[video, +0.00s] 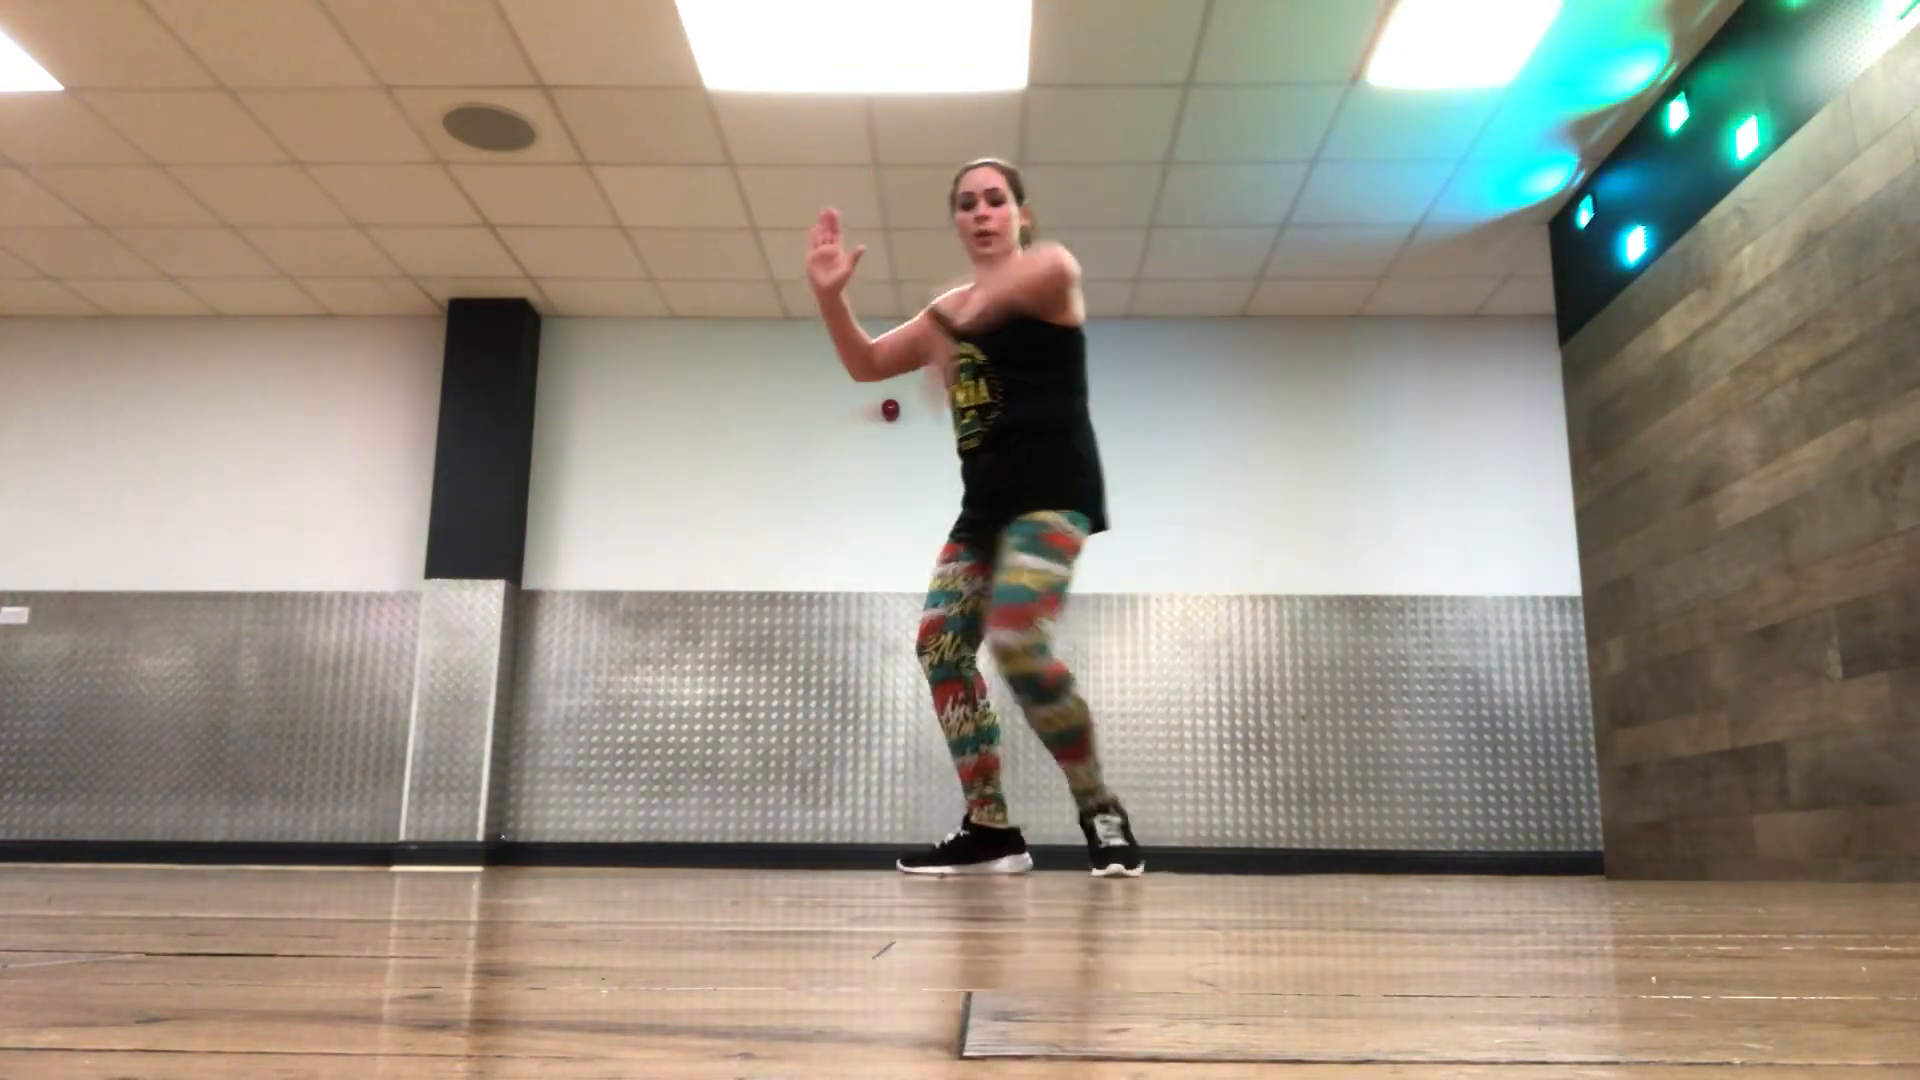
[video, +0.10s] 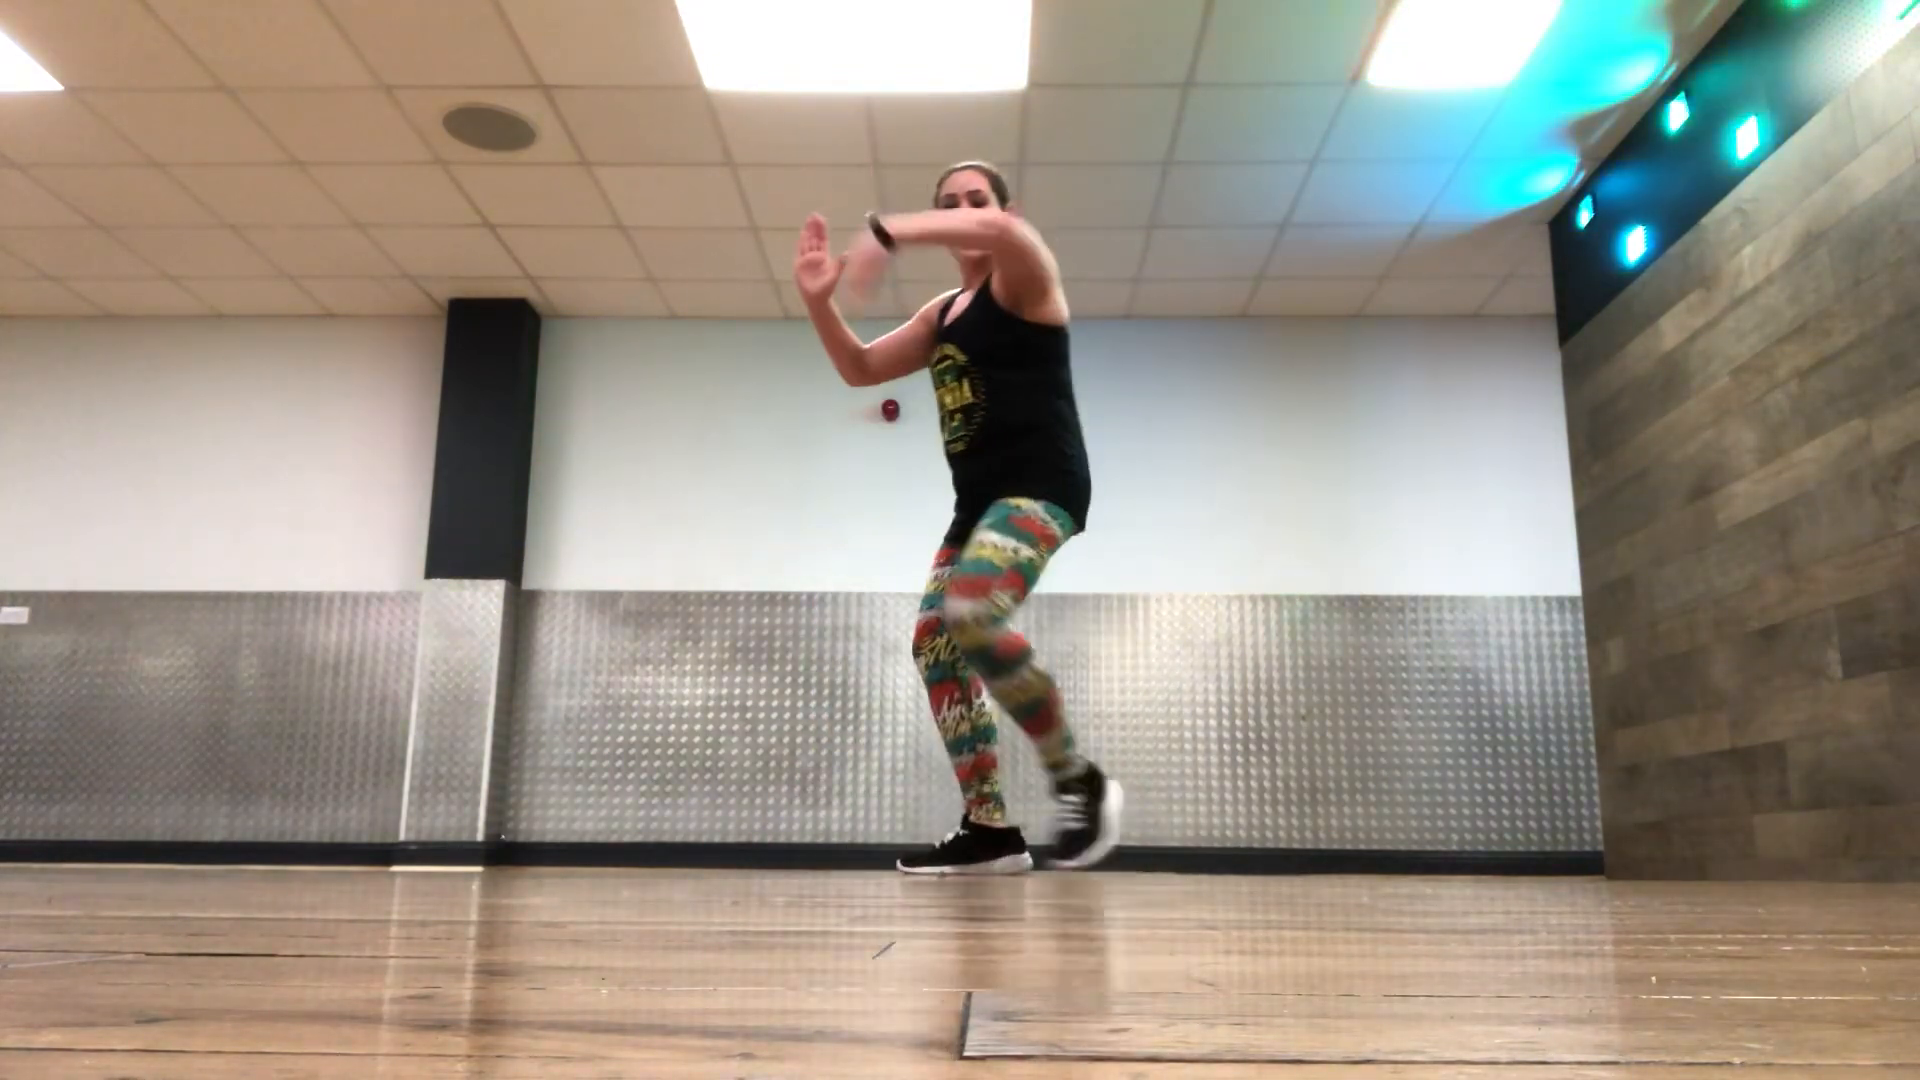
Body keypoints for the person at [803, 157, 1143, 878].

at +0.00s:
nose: (981, 211)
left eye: (995, 199)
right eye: (968, 204)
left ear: (1022, 214)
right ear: (954, 223)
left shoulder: (1050, 266)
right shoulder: (949, 307)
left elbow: (1000, 295)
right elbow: (867, 362)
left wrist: (954, 316)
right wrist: (830, 296)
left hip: (1053, 494)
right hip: (985, 505)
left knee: (1016, 640)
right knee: (943, 646)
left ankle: (1099, 812)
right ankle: (990, 829)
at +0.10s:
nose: (964, 211)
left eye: (977, 199)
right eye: (949, 203)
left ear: (1006, 216)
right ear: (936, 221)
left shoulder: (1025, 287)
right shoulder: (942, 314)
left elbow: (1009, 231)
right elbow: (861, 367)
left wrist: (885, 229)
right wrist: (819, 302)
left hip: (1041, 488)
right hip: (978, 502)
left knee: (972, 614)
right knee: (934, 640)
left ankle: (1077, 782)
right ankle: (989, 826)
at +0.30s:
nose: (942, 216)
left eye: (955, 203)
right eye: (928, 208)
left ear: (985, 218)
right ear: (917, 227)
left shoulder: (1010, 279)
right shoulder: (926, 317)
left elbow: (953, 321)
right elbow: (846, 373)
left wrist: (837, 290)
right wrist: (802, 300)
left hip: (1029, 480)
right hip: (972, 496)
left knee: (948, 608)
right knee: (925, 641)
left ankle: (963, 803)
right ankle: (986, 825)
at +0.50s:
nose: (933, 219)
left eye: (948, 207)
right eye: (920, 212)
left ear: (980, 223)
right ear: (909, 232)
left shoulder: (1001, 277)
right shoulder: (920, 318)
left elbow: (951, 262)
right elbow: (840, 377)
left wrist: (841, 293)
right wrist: (797, 316)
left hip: (1022, 493)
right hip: (957, 503)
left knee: (945, 620)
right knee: (912, 646)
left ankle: (956, 821)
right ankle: (988, 824)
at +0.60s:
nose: (935, 212)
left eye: (948, 196)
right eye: (924, 203)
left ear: (975, 218)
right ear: (910, 229)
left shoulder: (996, 288)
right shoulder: (911, 320)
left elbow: (997, 212)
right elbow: (830, 376)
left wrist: (881, 219)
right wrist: (791, 307)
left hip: (1033, 486)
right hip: (962, 501)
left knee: (964, 602)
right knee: (921, 643)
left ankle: (958, 812)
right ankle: (992, 825)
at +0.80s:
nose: (941, 211)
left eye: (955, 199)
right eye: (928, 203)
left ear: (982, 217)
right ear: (916, 228)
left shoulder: (1007, 284)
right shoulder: (911, 320)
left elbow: (1031, 271)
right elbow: (830, 380)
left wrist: (919, 243)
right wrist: (796, 309)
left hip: (1043, 484)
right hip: (963, 503)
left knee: (1006, 597)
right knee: (931, 645)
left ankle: (1049, 803)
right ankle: (987, 823)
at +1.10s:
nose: (956, 214)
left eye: (971, 203)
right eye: (943, 205)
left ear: (996, 222)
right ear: (929, 229)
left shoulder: (1025, 286)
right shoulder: (915, 320)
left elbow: (1088, 244)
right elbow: (830, 376)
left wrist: (1006, 218)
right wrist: (807, 307)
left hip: (1055, 496)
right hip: (968, 510)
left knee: (1040, 622)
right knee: (940, 652)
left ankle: (1070, 821)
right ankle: (981, 828)